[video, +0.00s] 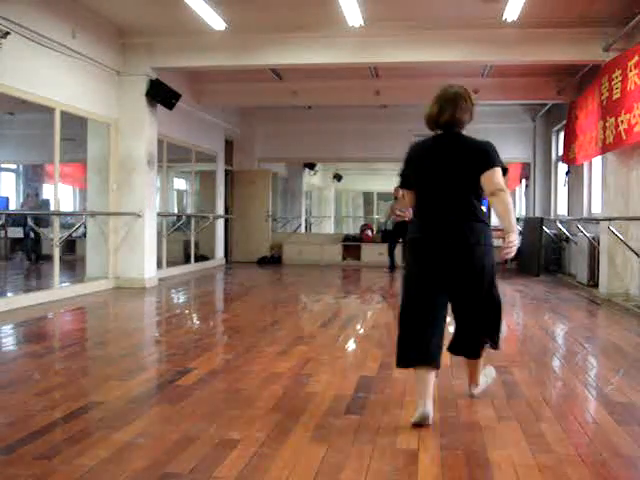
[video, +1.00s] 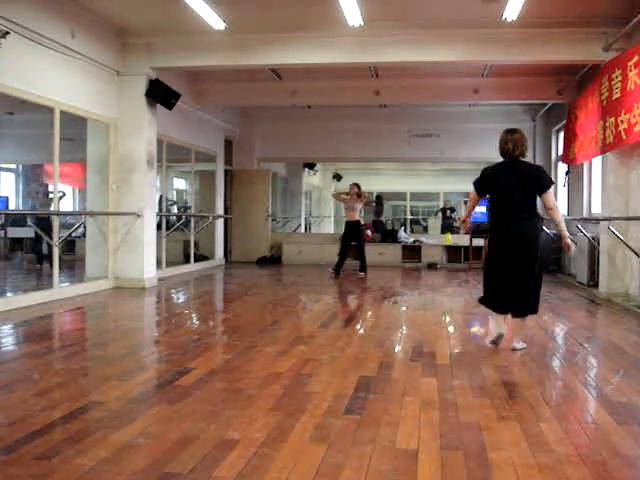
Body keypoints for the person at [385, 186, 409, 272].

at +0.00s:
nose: (395, 194)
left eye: (397, 191)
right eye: (395, 191)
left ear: (401, 192)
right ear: (395, 193)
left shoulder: (407, 203)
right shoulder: (394, 204)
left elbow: (410, 215)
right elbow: (389, 215)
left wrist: (398, 213)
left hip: (406, 223)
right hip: (397, 223)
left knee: (406, 245)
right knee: (391, 245)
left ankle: (407, 265)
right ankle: (392, 265)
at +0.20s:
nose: (386, 194)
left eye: (388, 191)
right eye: (385, 191)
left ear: (392, 192)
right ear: (383, 193)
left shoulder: (395, 202)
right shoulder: (383, 202)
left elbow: (394, 211)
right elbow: (372, 212)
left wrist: (386, 201)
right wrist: (378, 206)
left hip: (392, 222)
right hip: (384, 222)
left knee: (395, 247)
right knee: (380, 248)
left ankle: (404, 266)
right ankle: (378, 269)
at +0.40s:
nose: (377, 191)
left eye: (378, 189)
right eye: (375, 189)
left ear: (382, 191)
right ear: (373, 191)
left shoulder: (384, 199)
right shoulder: (372, 200)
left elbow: (385, 202)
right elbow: (362, 204)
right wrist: (368, 202)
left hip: (382, 221)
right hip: (374, 222)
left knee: (380, 246)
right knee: (375, 246)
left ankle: (381, 267)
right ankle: (377, 267)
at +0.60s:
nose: (370, 191)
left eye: (372, 189)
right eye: (369, 189)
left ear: (375, 192)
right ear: (367, 191)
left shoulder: (376, 201)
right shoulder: (365, 201)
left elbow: (381, 201)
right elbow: (355, 202)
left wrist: (379, 195)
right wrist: (361, 196)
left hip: (375, 222)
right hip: (367, 223)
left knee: (372, 247)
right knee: (371, 247)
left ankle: (365, 268)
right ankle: (378, 267)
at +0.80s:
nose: (361, 189)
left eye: (363, 187)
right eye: (360, 187)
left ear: (366, 190)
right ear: (358, 189)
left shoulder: (368, 200)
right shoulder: (356, 200)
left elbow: (374, 198)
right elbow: (344, 197)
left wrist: (373, 192)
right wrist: (353, 192)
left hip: (366, 221)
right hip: (358, 221)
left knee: (365, 247)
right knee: (355, 248)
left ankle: (363, 271)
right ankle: (364, 264)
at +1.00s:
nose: (352, 190)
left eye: (354, 188)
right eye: (351, 188)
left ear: (358, 190)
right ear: (349, 190)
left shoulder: (360, 200)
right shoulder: (346, 198)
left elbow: (357, 204)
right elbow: (335, 196)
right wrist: (344, 194)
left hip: (357, 222)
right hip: (348, 222)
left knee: (360, 248)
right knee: (344, 248)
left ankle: (362, 270)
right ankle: (337, 270)